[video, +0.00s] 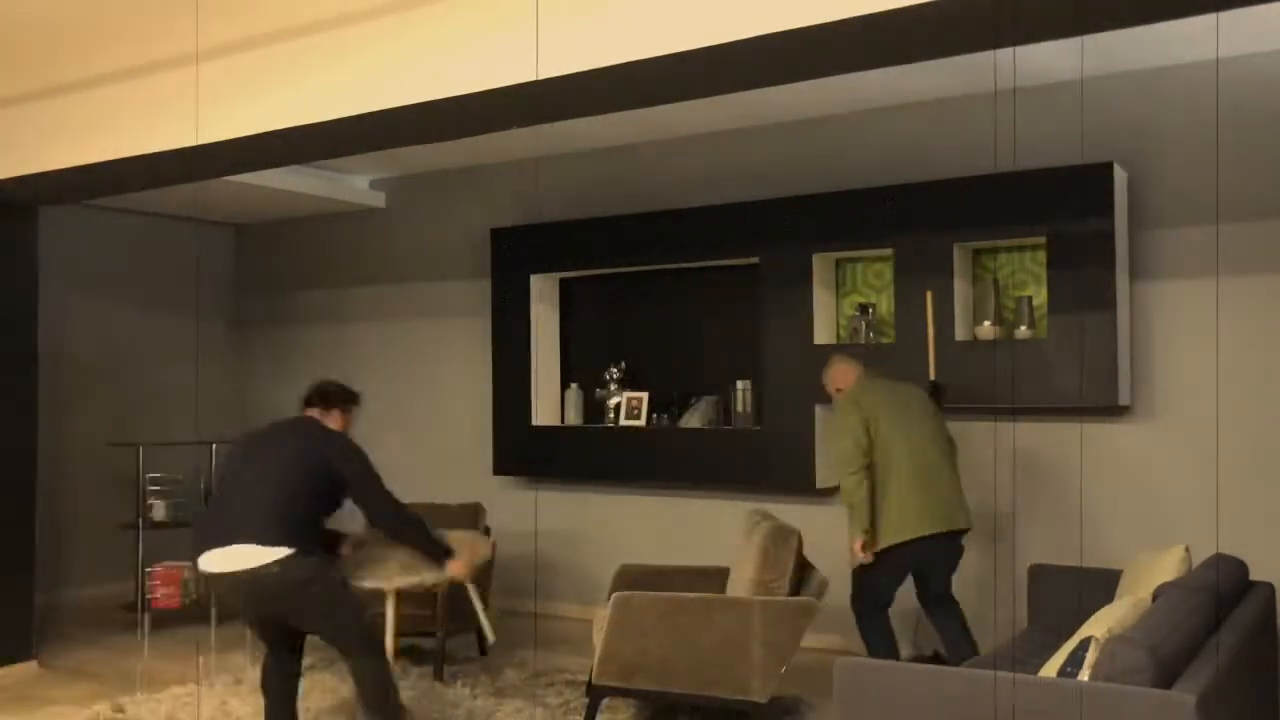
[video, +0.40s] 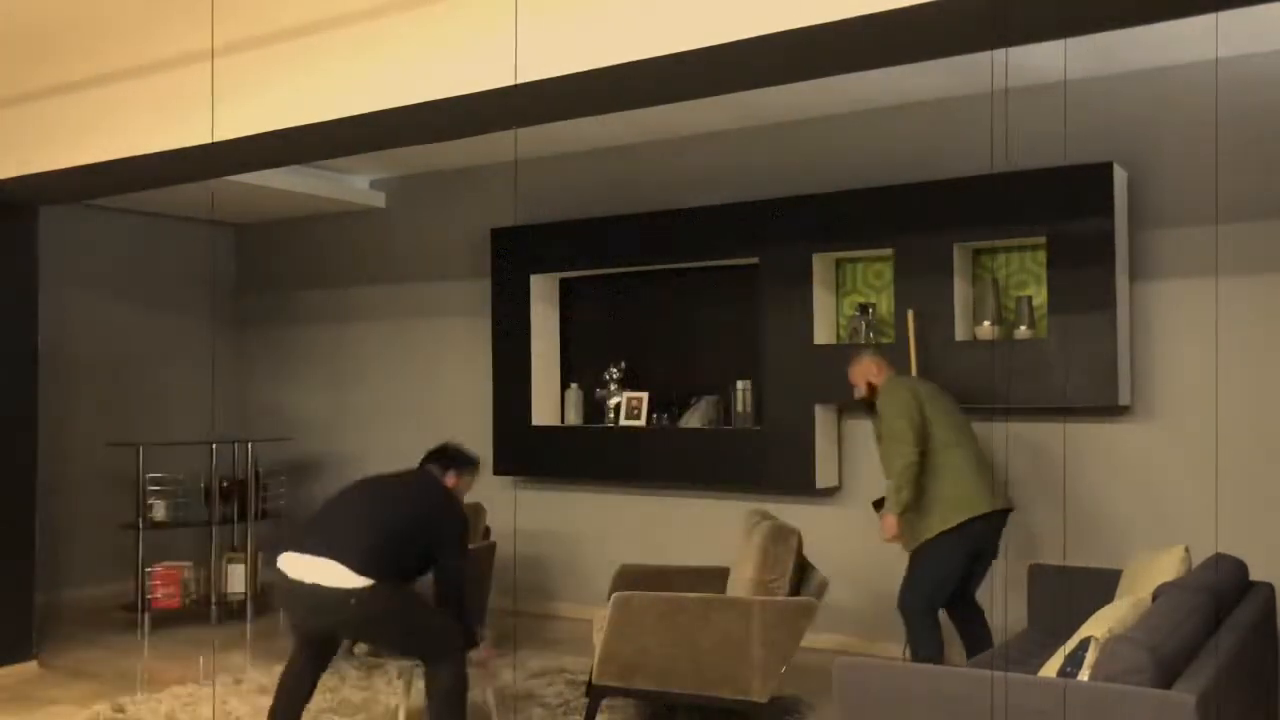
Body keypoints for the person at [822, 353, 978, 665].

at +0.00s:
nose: (838, 402)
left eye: (835, 395)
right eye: (835, 396)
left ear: (841, 384)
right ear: (861, 373)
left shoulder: (851, 403)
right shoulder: (916, 394)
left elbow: (853, 470)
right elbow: (947, 447)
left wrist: (860, 529)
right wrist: (945, 506)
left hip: (898, 528)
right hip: (949, 522)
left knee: (868, 604)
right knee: (937, 595)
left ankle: (890, 682)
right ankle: (972, 670)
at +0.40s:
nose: (857, 394)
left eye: (857, 385)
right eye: (854, 387)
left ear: (874, 371)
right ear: (880, 369)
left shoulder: (895, 392)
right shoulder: (924, 389)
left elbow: (904, 453)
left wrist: (893, 509)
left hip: (954, 513)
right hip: (989, 508)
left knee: (914, 602)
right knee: (959, 597)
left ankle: (929, 688)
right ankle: (988, 678)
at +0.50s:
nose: (854, 395)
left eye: (855, 385)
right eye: (852, 387)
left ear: (875, 374)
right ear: (878, 372)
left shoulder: (897, 394)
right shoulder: (917, 390)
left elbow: (913, 453)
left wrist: (911, 512)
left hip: (962, 512)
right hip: (990, 509)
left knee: (925, 602)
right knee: (957, 599)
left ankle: (933, 692)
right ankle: (990, 680)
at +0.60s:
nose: (865, 391)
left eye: (861, 385)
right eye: (862, 386)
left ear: (866, 378)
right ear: (886, 365)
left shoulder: (900, 394)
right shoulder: (920, 388)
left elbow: (917, 454)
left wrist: (916, 515)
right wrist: (912, 501)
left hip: (963, 513)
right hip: (989, 508)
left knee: (925, 602)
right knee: (957, 599)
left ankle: (933, 692)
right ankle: (990, 678)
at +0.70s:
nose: (871, 380)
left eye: (869, 373)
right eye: (869, 374)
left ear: (877, 369)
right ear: (895, 359)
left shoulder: (904, 390)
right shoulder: (929, 383)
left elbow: (917, 452)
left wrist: (913, 515)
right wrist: (911, 501)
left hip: (959, 515)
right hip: (988, 510)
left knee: (921, 603)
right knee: (958, 598)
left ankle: (932, 691)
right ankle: (990, 677)